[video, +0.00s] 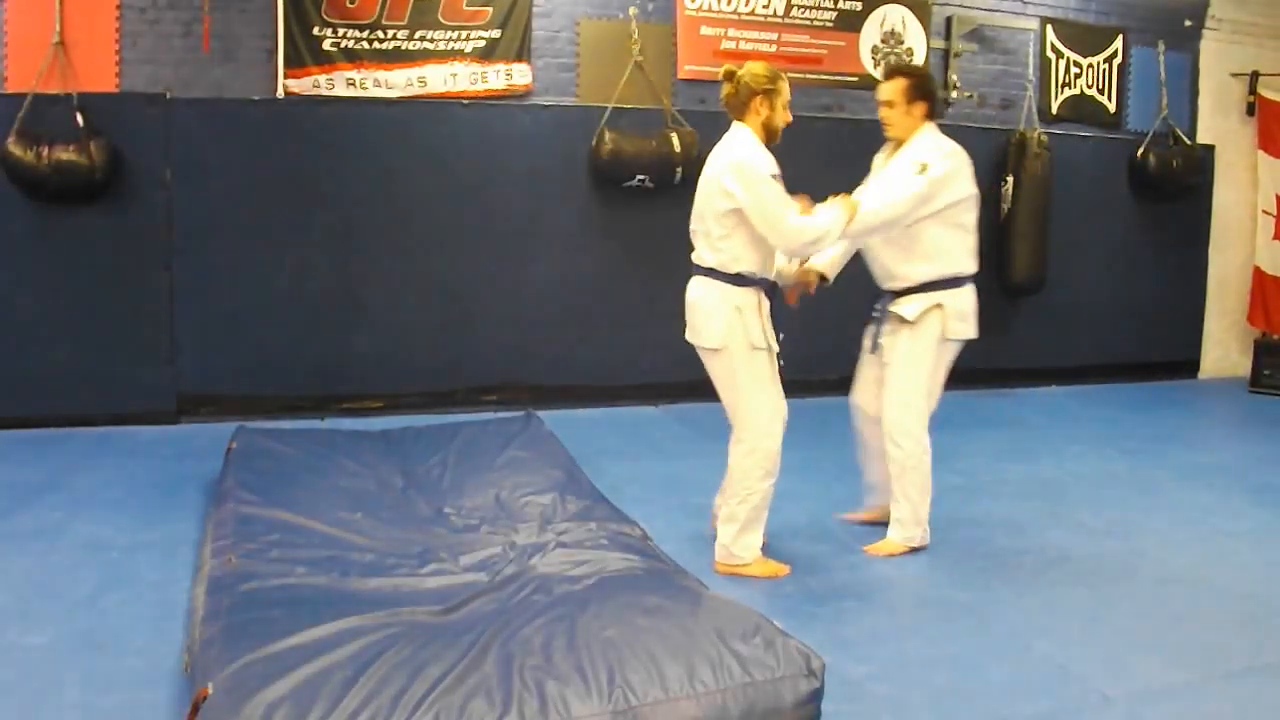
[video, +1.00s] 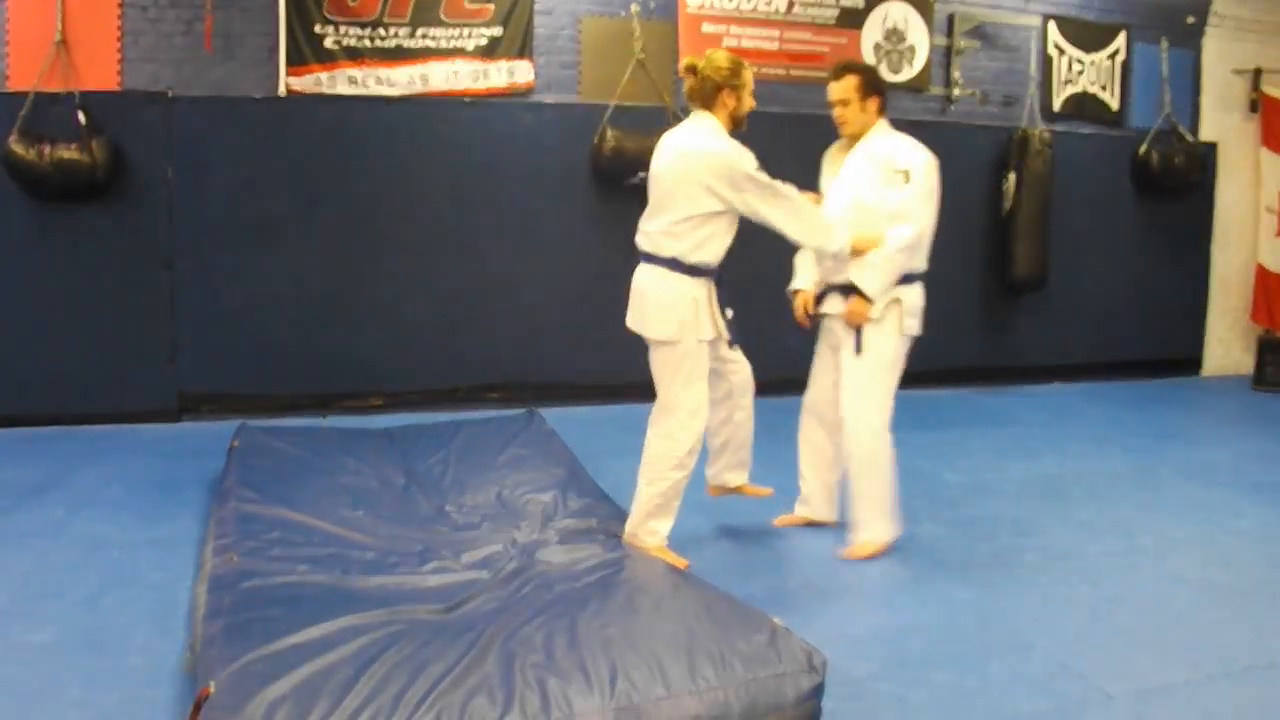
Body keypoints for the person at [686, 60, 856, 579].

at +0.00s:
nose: (791, 114)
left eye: (789, 104)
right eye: (786, 104)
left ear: (754, 105)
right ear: (761, 105)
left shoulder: (739, 152)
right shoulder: (744, 158)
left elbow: (757, 239)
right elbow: (786, 231)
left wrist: (792, 271)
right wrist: (840, 211)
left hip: (732, 297)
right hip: (727, 303)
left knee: (766, 413)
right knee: (760, 420)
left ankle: (732, 519)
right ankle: (737, 551)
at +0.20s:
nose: (783, 122)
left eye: (782, 111)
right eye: (778, 112)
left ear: (748, 110)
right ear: (750, 110)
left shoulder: (746, 162)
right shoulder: (718, 164)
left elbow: (739, 247)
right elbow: (755, 245)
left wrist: (770, 278)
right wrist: (807, 206)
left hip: (741, 305)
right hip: (708, 307)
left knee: (762, 428)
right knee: (739, 424)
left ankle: (743, 525)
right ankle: (696, 543)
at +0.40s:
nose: (767, 122)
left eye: (768, 113)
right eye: (763, 112)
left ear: (731, 110)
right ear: (737, 110)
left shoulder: (729, 164)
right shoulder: (700, 166)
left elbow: (720, 256)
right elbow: (751, 239)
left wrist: (757, 277)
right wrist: (791, 186)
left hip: (724, 306)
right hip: (689, 306)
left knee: (750, 427)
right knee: (694, 425)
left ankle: (745, 524)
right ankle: (642, 533)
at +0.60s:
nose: (758, 117)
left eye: (759, 108)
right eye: (755, 106)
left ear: (724, 103)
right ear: (730, 103)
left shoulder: (715, 153)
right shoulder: (692, 157)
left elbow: (741, 223)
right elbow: (727, 240)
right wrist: (779, 196)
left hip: (707, 297)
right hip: (677, 297)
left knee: (738, 414)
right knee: (682, 424)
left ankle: (748, 521)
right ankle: (643, 536)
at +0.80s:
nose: (757, 104)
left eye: (756, 94)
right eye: (752, 95)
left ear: (718, 97)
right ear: (728, 98)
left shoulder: (707, 146)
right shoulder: (697, 152)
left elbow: (741, 218)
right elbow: (745, 229)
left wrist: (786, 223)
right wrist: (807, 222)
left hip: (694, 291)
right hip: (671, 293)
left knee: (738, 392)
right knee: (675, 417)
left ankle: (744, 491)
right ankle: (643, 535)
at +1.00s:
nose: (753, 99)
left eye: (751, 91)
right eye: (749, 91)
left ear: (711, 95)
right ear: (727, 96)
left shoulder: (678, 138)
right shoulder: (719, 153)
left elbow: (744, 190)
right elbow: (776, 208)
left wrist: (796, 200)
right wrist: (845, 240)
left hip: (670, 283)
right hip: (678, 293)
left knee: (732, 377)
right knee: (682, 413)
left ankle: (726, 476)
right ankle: (645, 533)